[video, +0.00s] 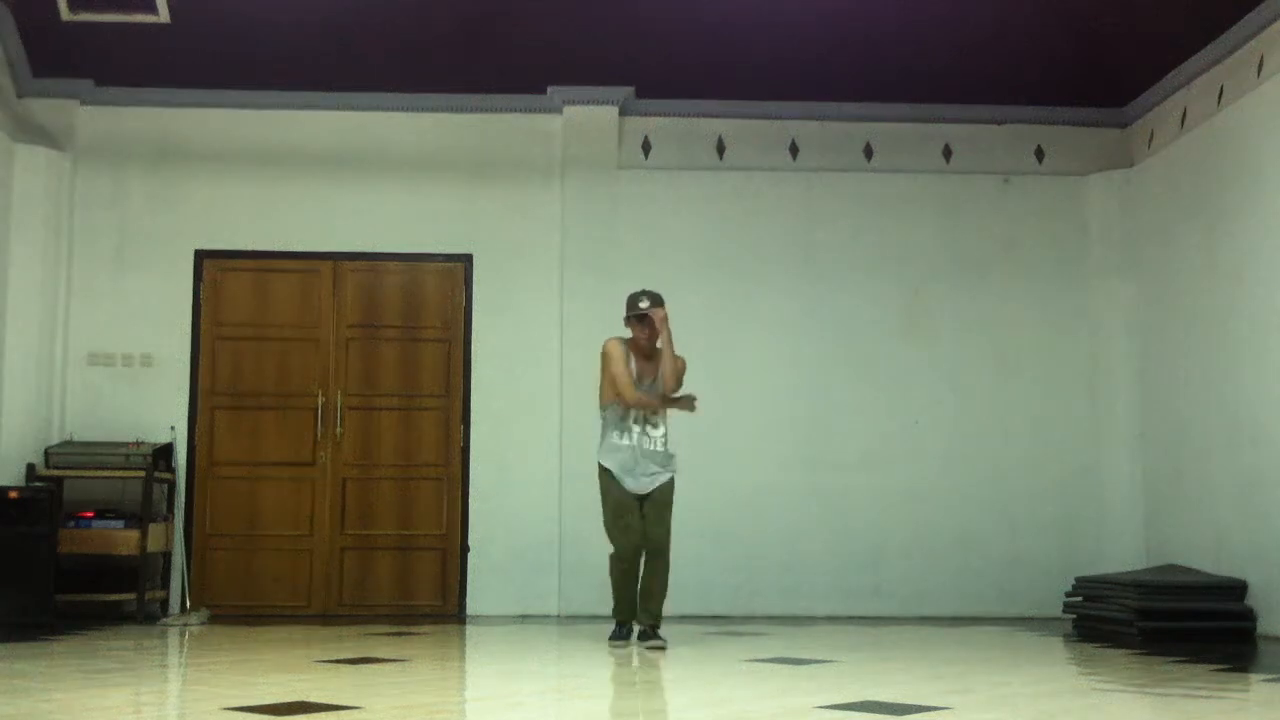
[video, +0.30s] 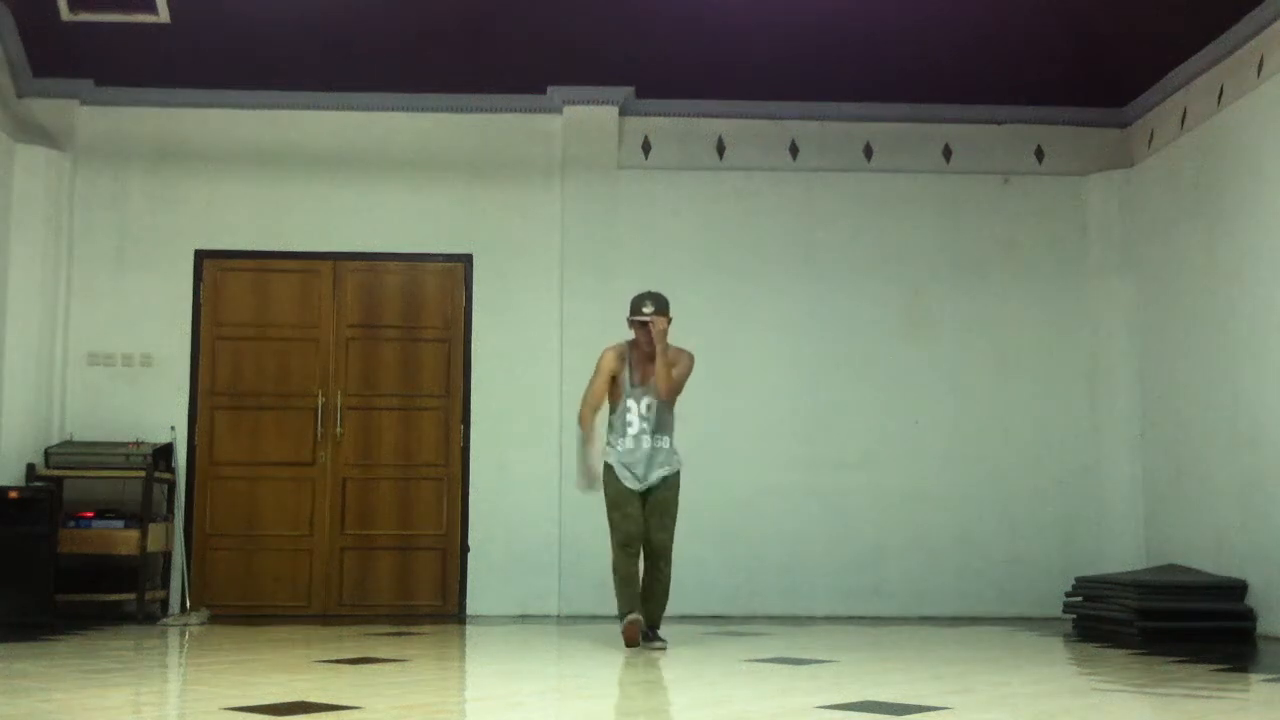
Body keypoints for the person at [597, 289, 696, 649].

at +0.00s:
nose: (644, 327)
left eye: (650, 320)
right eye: (638, 320)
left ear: (660, 324)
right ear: (628, 323)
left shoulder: (673, 362)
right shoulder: (615, 348)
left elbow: (666, 386)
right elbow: (628, 397)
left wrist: (666, 332)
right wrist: (674, 403)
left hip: (658, 466)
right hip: (617, 465)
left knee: (658, 546)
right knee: (627, 545)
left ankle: (649, 625)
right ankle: (623, 621)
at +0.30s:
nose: (646, 330)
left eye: (652, 324)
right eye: (640, 324)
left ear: (667, 323)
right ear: (630, 324)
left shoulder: (680, 358)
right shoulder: (614, 357)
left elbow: (666, 392)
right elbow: (588, 409)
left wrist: (659, 346)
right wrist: (589, 458)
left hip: (663, 466)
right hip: (621, 465)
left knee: (659, 546)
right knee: (626, 541)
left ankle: (651, 625)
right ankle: (631, 617)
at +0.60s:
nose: (631, 324)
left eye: (637, 316)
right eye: (624, 318)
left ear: (651, 317)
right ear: (617, 321)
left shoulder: (671, 350)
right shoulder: (605, 358)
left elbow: (663, 389)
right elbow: (554, 385)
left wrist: (651, 336)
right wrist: (499, 395)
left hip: (660, 469)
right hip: (616, 468)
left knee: (654, 547)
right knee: (618, 546)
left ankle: (649, 624)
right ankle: (623, 627)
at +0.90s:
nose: (620, 328)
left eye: (626, 320)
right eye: (615, 322)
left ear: (645, 319)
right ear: (610, 324)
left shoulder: (666, 349)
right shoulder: (603, 357)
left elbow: (657, 393)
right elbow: (558, 390)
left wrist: (640, 342)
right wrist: (509, 403)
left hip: (661, 471)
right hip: (616, 471)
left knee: (655, 551)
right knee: (616, 551)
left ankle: (650, 616)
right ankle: (623, 625)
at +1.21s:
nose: (621, 325)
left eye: (627, 317)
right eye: (614, 318)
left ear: (640, 319)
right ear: (604, 322)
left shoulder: (660, 346)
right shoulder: (599, 360)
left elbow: (673, 397)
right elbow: (550, 383)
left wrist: (645, 370)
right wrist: (497, 376)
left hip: (659, 468)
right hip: (616, 470)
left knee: (646, 542)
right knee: (619, 547)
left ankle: (652, 619)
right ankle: (631, 627)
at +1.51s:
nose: (628, 326)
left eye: (635, 320)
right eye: (621, 319)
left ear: (647, 321)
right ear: (611, 320)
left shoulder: (664, 348)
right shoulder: (595, 360)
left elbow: (664, 407)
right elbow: (598, 417)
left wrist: (651, 460)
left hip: (655, 465)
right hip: (613, 468)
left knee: (653, 542)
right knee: (618, 550)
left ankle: (653, 621)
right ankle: (629, 627)